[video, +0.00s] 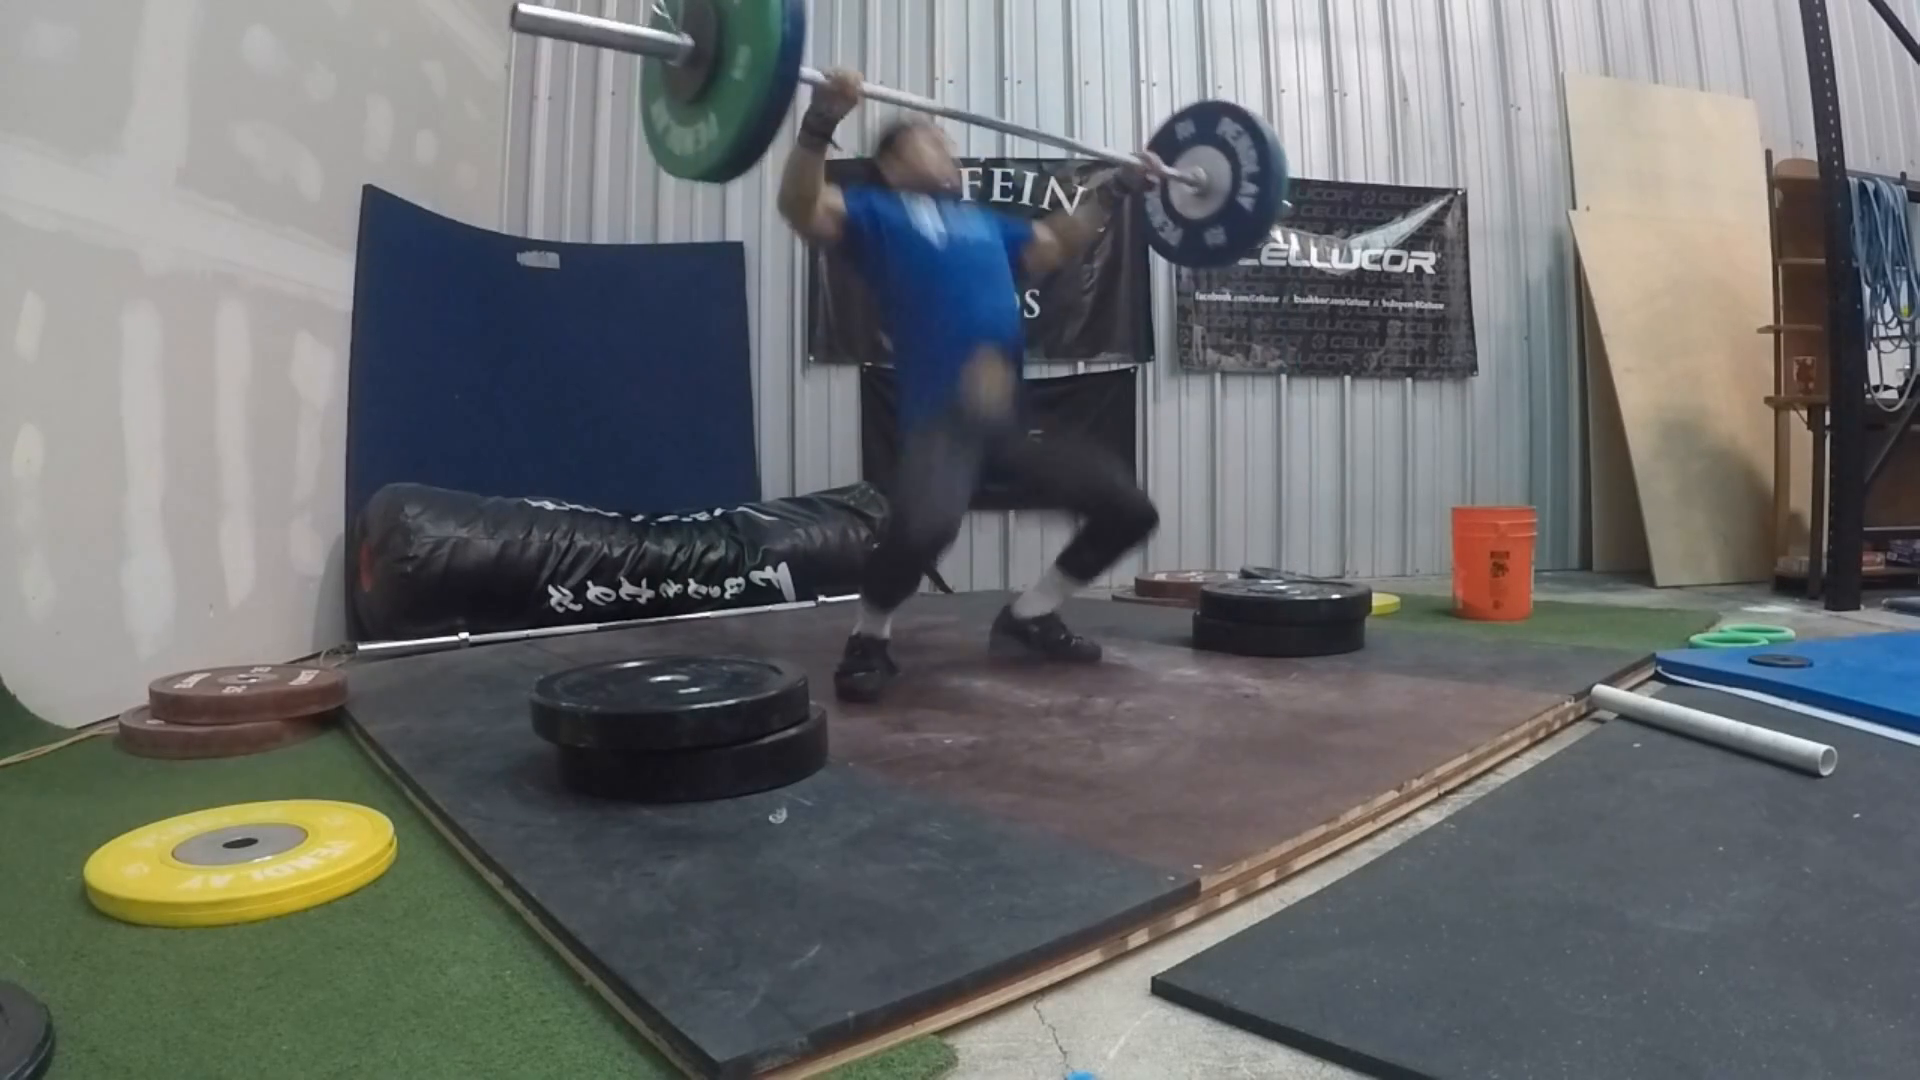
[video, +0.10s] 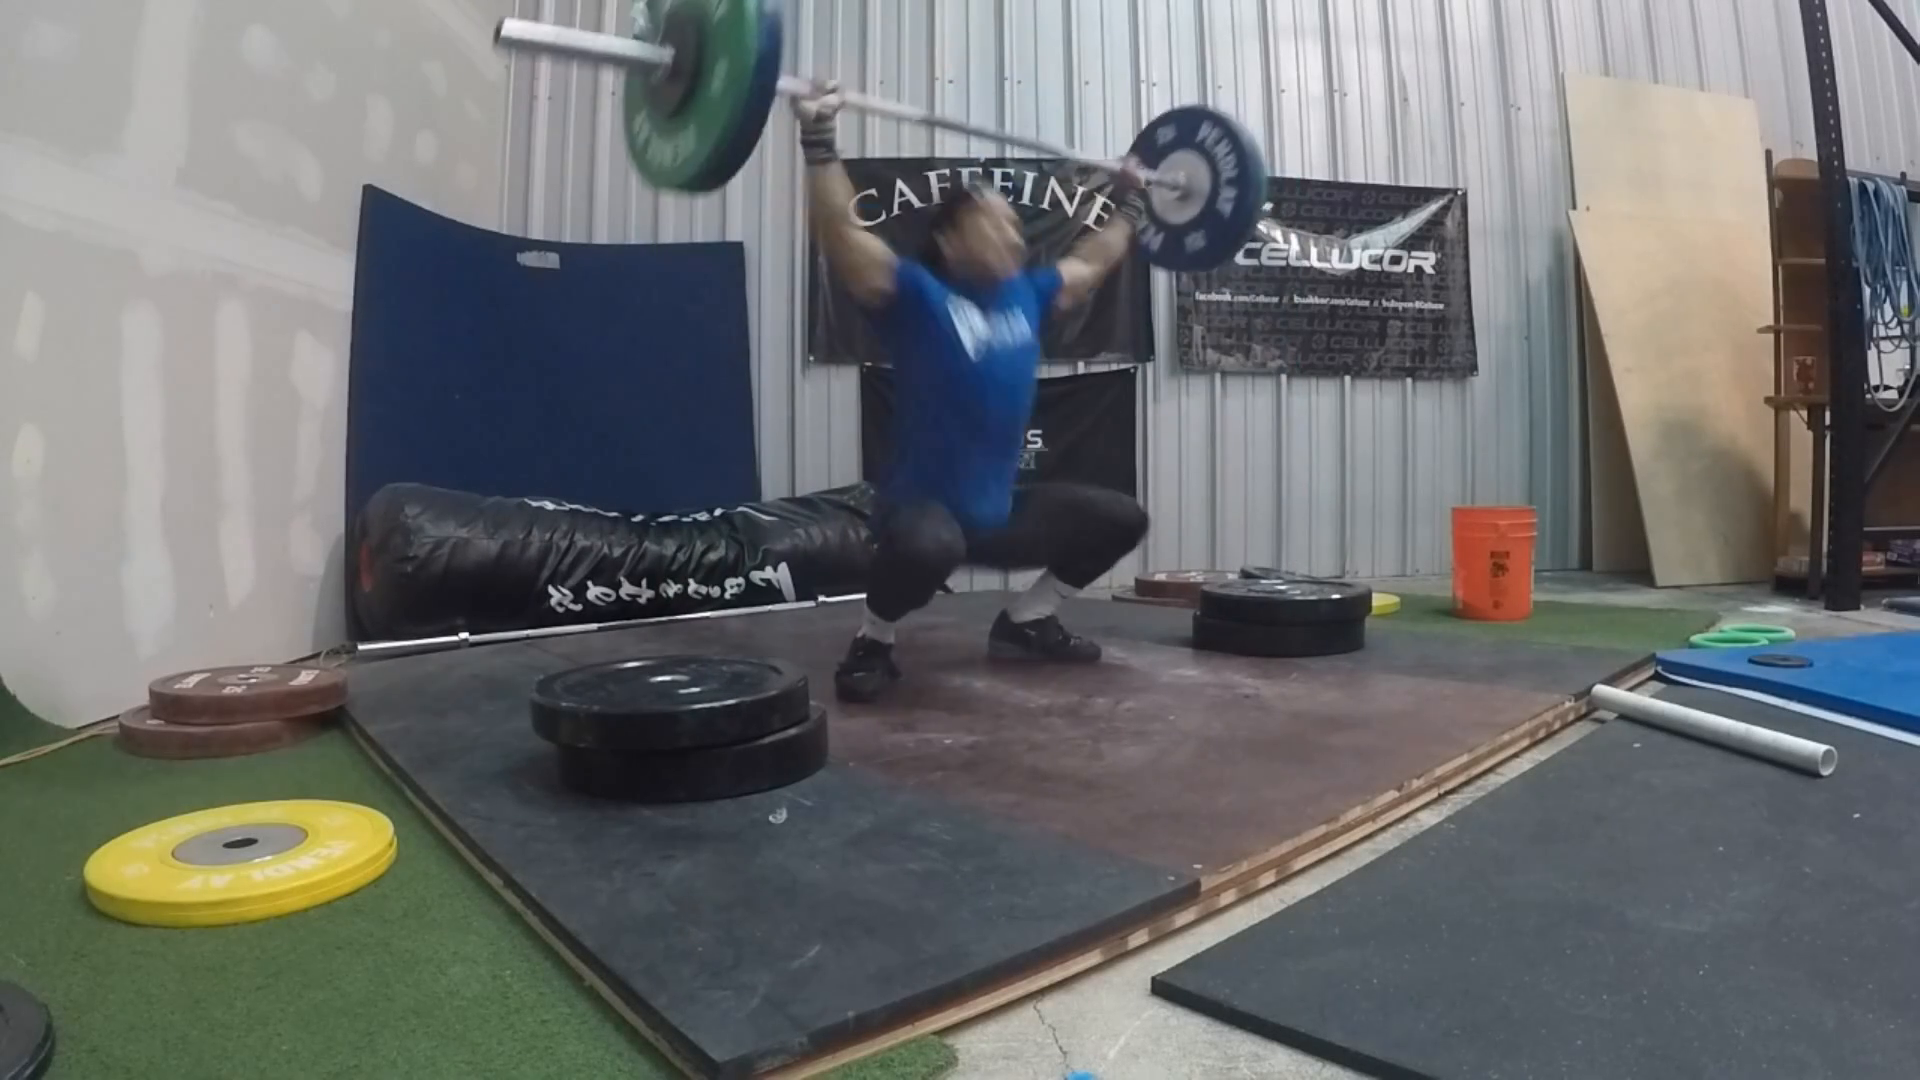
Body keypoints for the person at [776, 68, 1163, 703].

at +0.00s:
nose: (951, 152)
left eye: (948, 143)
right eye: (932, 142)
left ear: (949, 161)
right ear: (894, 161)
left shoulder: (984, 223)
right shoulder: (877, 211)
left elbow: (1049, 249)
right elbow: (799, 206)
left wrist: (1113, 190)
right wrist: (820, 123)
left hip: (1009, 427)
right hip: (937, 430)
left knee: (1129, 512)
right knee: (924, 528)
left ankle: (1030, 613)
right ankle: (869, 638)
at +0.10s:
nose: (1011, 232)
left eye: (1010, 221)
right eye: (992, 221)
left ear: (1016, 234)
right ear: (950, 243)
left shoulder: (1025, 295)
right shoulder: (916, 296)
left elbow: (1091, 261)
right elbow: (842, 233)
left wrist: (1132, 205)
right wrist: (818, 137)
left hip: (1002, 513)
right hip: (924, 512)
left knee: (1120, 518)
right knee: (928, 545)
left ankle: (1027, 618)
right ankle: (874, 641)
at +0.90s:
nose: (1045, 288)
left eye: (1048, 276)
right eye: (1029, 274)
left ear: (1053, 287)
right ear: (980, 288)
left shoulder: (1040, 332)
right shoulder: (927, 333)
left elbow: (1078, 278)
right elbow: (855, 256)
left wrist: (1107, 226)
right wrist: (792, 167)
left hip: (1001, 527)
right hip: (917, 528)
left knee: (1105, 510)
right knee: (938, 537)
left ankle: (1026, 619)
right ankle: (872, 642)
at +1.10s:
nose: (1041, 245)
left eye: (1044, 233)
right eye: (1024, 232)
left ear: (1048, 244)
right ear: (978, 247)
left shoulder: (1038, 290)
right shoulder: (926, 286)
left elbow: (1079, 234)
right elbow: (854, 214)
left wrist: (1106, 184)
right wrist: (792, 123)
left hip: (981, 482)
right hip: (896, 481)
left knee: (1085, 494)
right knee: (932, 513)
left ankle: (1023, 620)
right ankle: (869, 639)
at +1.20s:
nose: (1038, 218)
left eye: (1041, 207)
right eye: (1021, 204)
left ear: (1046, 219)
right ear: (976, 217)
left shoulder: (1037, 266)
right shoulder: (924, 261)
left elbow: (1079, 212)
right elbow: (853, 193)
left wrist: (1106, 165)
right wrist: (793, 104)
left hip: (972, 459)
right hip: (889, 456)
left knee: (1078, 491)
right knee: (924, 504)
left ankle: (1023, 619)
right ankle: (869, 638)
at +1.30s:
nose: (1033, 193)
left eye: (1035, 182)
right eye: (1015, 181)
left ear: (1039, 194)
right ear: (971, 193)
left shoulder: (1034, 243)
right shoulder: (921, 238)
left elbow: (1076, 191)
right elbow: (849, 167)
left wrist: (1105, 146)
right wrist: (789, 74)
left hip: (968, 441)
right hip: (884, 437)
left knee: (1075, 487)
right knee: (925, 498)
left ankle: (1023, 620)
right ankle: (868, 638)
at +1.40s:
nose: (1027, 169)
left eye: (1030, 158)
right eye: (1010, 156)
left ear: (1030, 170)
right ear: (964, 167)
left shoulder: (1028, 218)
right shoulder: (914, 213)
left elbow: (1073, 172)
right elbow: (845, 141)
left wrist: (1103, 128)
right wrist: (788, 47)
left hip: (967, 422)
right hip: (881, 418)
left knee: (1069, 483)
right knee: (922, 495)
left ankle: (1021, 622)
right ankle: (865, 639)